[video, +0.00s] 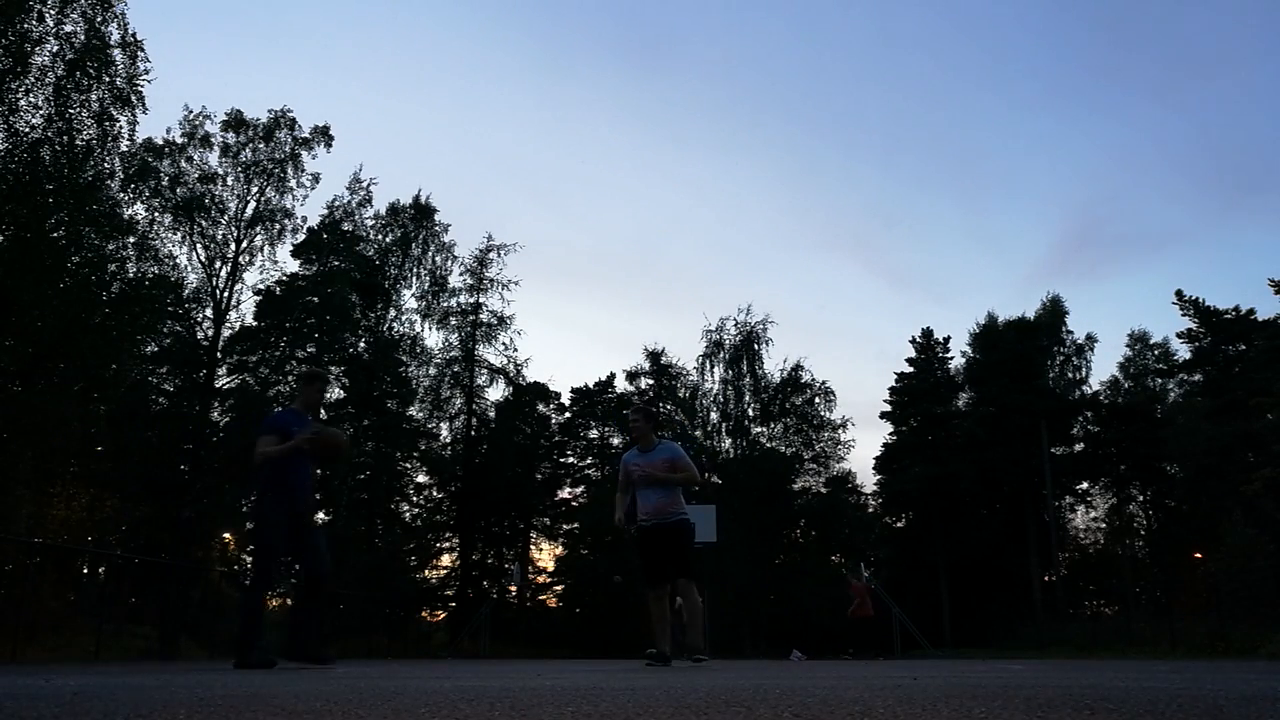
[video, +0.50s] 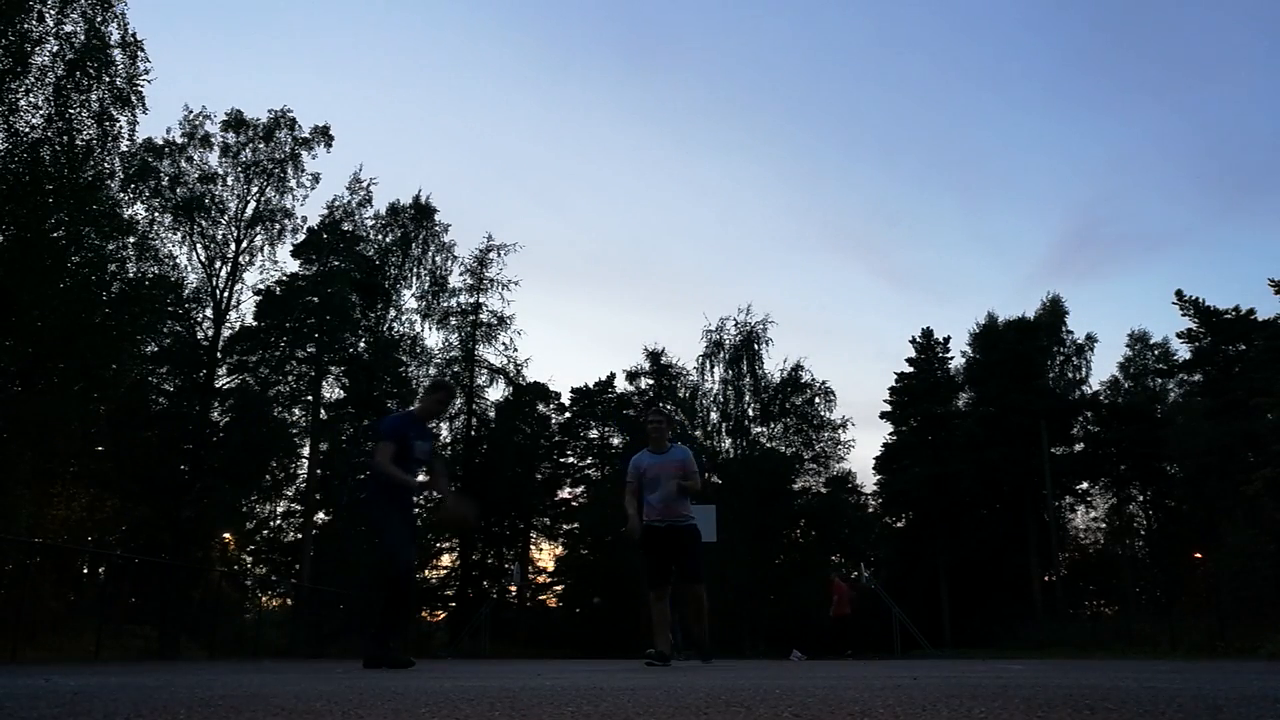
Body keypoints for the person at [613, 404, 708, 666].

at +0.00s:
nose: (632, 426)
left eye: (636, 422)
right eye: (630, 422)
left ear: (650, 424)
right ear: (631, 426)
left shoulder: (670, 449)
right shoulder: (628, 459)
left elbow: (693, 477)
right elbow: (623, 491)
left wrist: (659, 476)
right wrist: (620, 513)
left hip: (676, 525)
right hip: (647, 528)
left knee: (685, 585)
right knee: (656, 589)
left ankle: (696, 647)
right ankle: (662, 650)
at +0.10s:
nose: (632, 428)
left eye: (636, 423)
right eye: (630, 424)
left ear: (650, 425)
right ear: (631, 428)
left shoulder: (669, 450)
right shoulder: (630, 461)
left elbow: (691, 478)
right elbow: (623, 494)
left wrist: (658, 479)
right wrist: (617, 520)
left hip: (677, 525)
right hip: (648, 528)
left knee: (689, 585)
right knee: (657, 590)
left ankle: (708, 646)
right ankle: (663, 651)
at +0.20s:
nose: (635, 428)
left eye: (639, 423)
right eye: (633, 424)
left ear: (652, 425)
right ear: (632, 428)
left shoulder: (671, 449)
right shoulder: (631, 460)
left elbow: (692, 478)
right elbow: (621, 493)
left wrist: (660, 476)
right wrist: (623, 515)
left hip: (678, 525)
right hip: (648, 528)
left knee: (691, 585)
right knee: (657, 590)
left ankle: (713, 643)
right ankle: (663, 651)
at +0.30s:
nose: (640, 427)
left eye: (645, 423)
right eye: (638, 424)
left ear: (656, 426)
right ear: (635, 429)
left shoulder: (674, 450)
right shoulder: (633, 461)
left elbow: (693, 478)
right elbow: (616, 494)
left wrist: (660, 472)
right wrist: (628, 515)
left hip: (680, 526)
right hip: (650, 528)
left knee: (692, 585)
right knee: (657, 589)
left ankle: (712, 642)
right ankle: (663, 650)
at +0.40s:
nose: (648, 427)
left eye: (653, 422)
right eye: (645, 423)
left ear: (662, 426)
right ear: (640, 428)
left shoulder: (678, 451)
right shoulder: (635, 461)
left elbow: (695, 481)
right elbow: (620, 495)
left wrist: (672, 477)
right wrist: (631, 519)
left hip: (682, 527)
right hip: (652, 529)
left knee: (693, 586)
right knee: (658, 590)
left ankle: (706, 644)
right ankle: (663, 650)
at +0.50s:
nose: (655, 427)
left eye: (659, 423)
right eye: (651, 423)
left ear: (668, 427)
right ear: (646, 428)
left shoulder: (683, 454)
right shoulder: (638, 460)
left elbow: (696, 485)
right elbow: (630, 495)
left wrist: (681, 484)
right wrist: (634, 520)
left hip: (683, 527)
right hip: (653, 529)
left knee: (694, 587)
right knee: (658, 589)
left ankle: (701, 645)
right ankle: (662, 649)